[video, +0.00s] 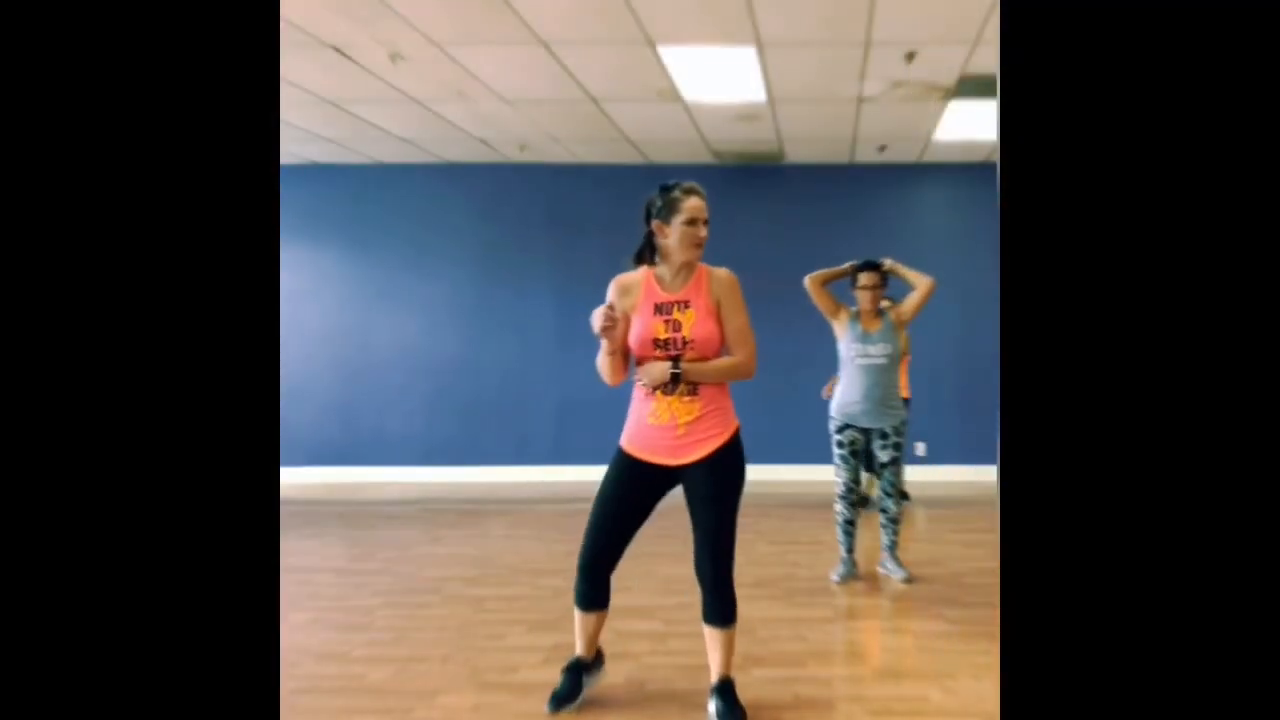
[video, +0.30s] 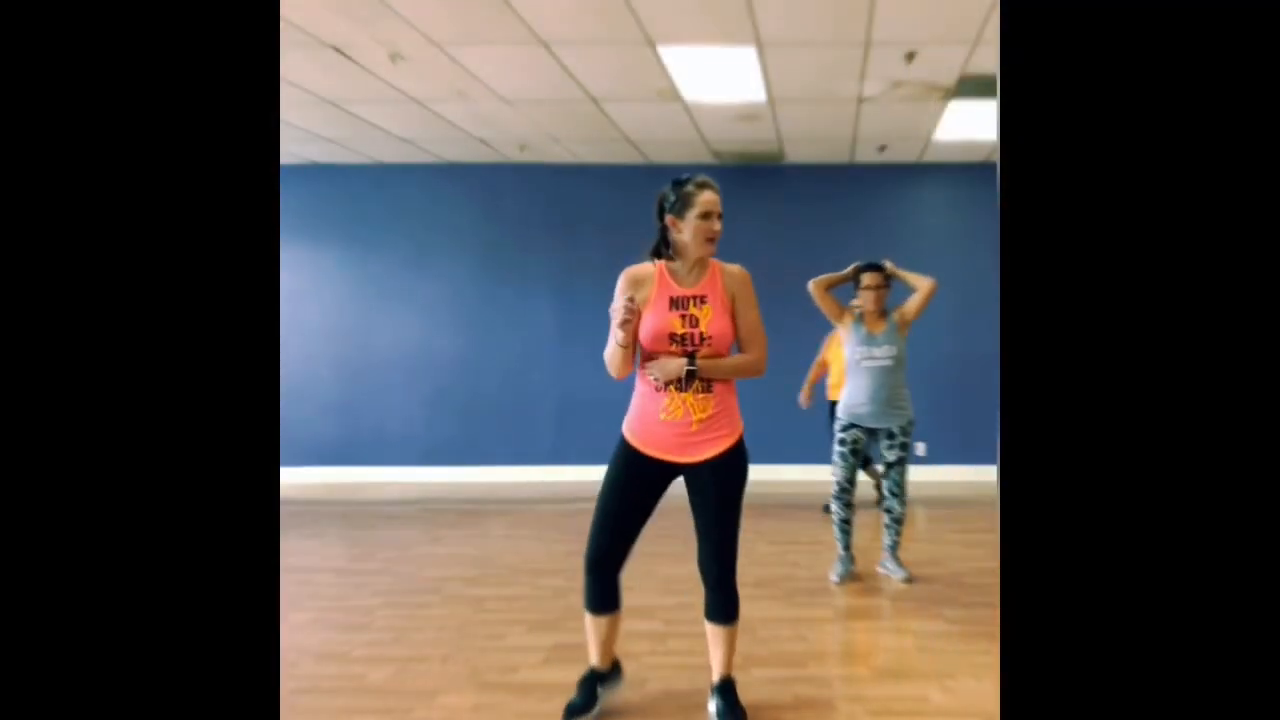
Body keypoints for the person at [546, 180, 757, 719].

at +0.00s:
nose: (702, 232)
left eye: (705, 223)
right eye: (691, 224)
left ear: (706, 228)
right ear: (659, 229)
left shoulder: (721, 283)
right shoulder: (627, 288)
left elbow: (745, 364)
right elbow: (613, 376)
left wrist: (678, 368)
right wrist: (610, 339)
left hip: (712, 445)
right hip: (644, 446)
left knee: (714, 571)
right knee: (593, 562)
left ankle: (722, 687)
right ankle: (584, 660)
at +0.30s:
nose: (716, 226)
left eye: (719, 217)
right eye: (705, 217)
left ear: (719, 223)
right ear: (672, 223)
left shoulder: (734, 279)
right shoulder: (638, 279)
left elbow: (756, 362)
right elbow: (617, 368)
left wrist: (690, 363)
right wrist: (622, 331)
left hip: (717, 443)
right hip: (646, 441)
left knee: (718, 571)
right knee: (600, 559)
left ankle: (722, 688)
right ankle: (602, 669)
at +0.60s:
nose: (689, 237)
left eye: (691, 228)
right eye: (678, 228)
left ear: (689, 235)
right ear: (645, 235)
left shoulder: (699, 294)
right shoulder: (603, 292)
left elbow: (722, 374)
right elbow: (585, 380)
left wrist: (665, 375)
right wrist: (602, 343)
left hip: (692, 455)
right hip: (618, 458)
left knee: (712, 577)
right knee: (585, 580)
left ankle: (723, 690)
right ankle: (548, 689)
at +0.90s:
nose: (644, 236)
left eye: (644, 226)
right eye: (634, 227)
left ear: (634, 233)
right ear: (599, 233)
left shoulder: (649, 295)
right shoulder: (555, 289)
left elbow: (667, 374)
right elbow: (528, 377)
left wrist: (620, 377)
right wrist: (557, 344)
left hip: (634, 457)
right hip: (560, 457)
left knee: (682, 572)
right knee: (556, 580)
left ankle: (714, 686)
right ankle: (545, 690)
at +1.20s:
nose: (626, 228)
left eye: (626, 218)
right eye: (615, 219)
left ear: (612, 225)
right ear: (581, 225)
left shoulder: (628, 284)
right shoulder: (540, 281)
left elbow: (647, 361)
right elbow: (509, 367)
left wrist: (612, 369)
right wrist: (551, 332)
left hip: (620, 449)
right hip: (552, 450)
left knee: (651, 563)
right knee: (554, 570)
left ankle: (663, 695)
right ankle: (545, 689)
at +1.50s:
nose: (613, 228)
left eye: (620, 218)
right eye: (601, 220)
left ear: (626, 225)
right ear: (574, 229)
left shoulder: (645, 285)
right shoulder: (548, 275)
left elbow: (664, 367)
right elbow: (525, 337)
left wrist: (613, 368)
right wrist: (570, 269)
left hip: (627, 449)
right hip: (553, 450)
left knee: (674, 558)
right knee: (553, 573)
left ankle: (684, 688)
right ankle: (543, 690)